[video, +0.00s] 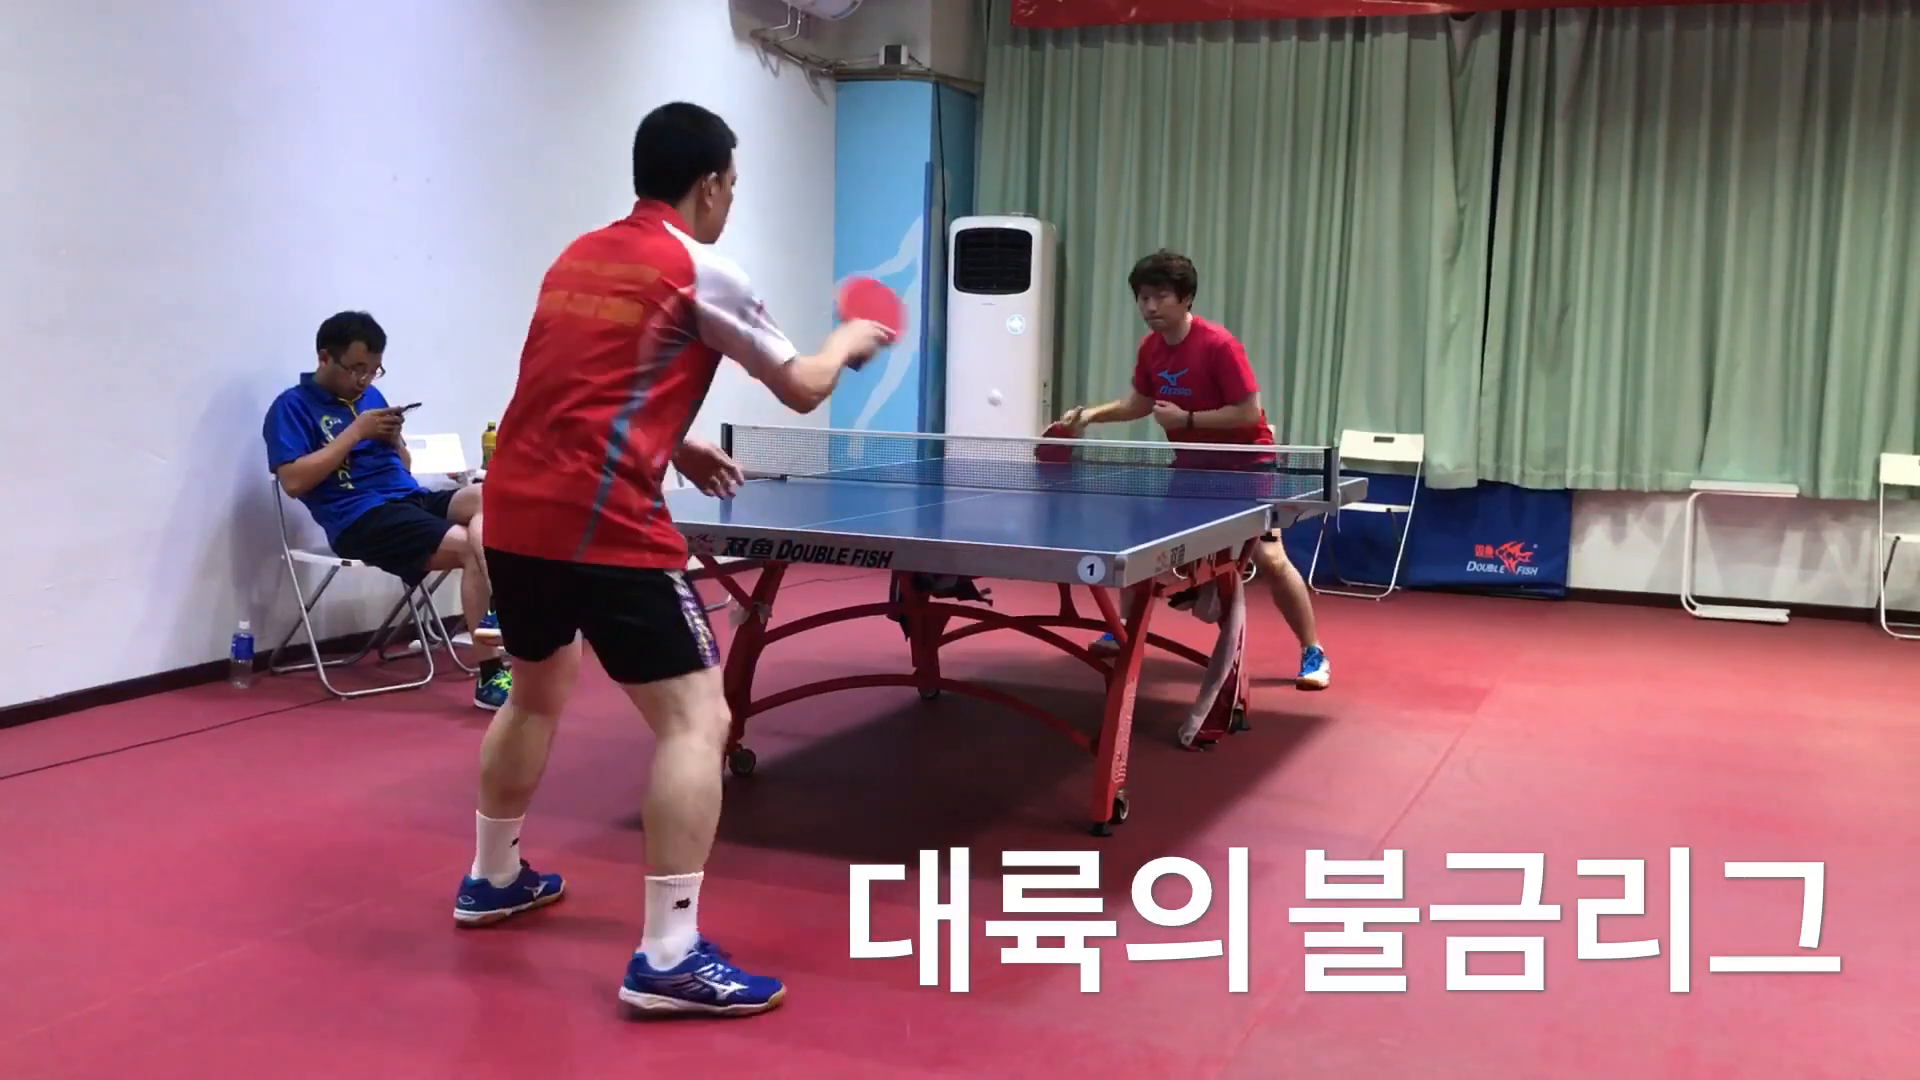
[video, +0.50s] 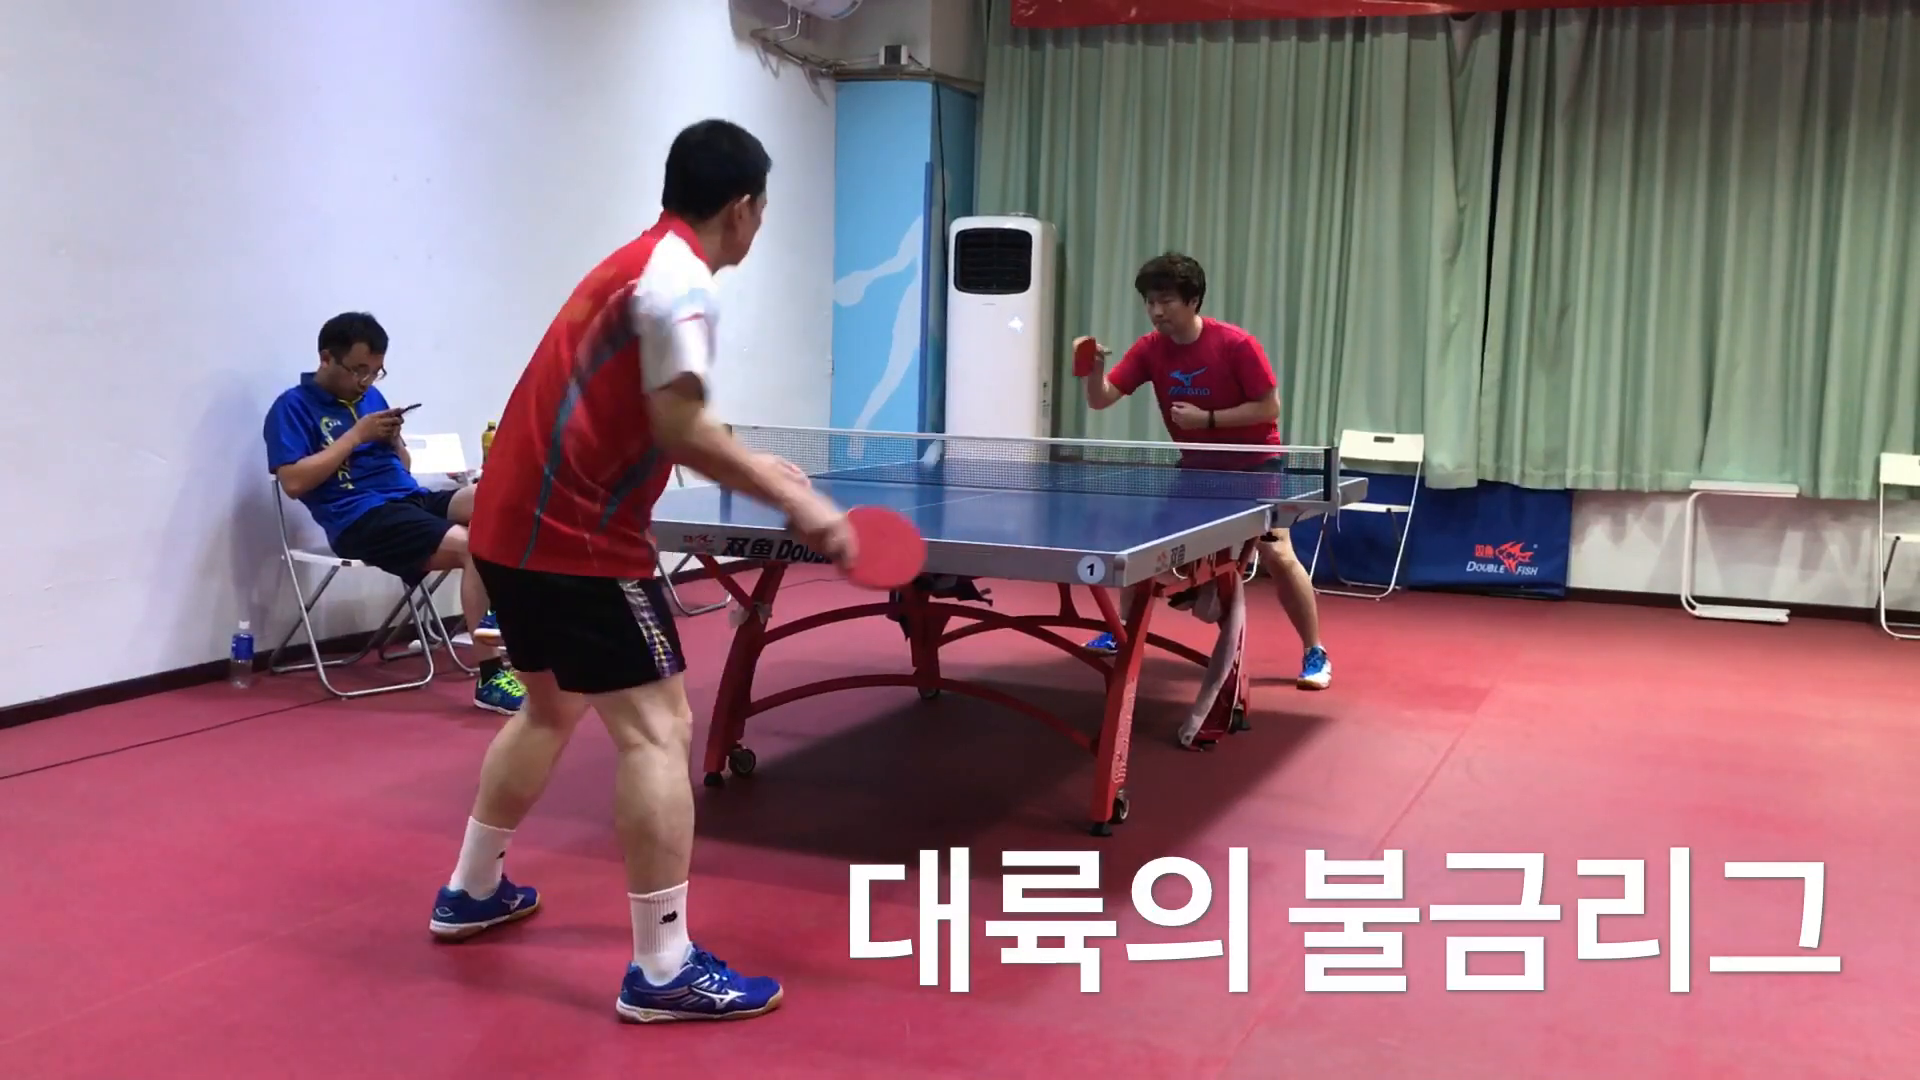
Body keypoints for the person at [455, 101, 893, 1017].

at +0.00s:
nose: (729, 202)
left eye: (729, 185)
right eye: (729, 185)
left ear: (642, 178)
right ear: (707, 185)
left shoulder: (575, 255)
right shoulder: (701, 271)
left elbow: (578, 387)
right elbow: (800, 387)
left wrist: (676, 445)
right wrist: (851, 338)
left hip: (509, 522)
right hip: (608, 527)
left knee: (535, 694)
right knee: (694, 720)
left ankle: (491, 877)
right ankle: (668, 954)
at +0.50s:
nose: (758, 224)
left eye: (759, 208)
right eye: (759, 207)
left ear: (680, 193)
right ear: (738, 206)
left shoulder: (639, 263)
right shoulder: (676, 278)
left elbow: (663, 420)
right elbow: (682, 430)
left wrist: (751, 464)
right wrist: (798, 504)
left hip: (512, 525)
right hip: (577, 536)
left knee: (550, 710)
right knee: (657, 729)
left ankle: (470, 889)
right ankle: (664, 966)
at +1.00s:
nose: (677, 181)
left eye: (676, 168)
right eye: (676, 167)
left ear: (584, 164)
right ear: (657, 166)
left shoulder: (521, 250)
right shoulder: (657, 247)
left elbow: (515, 388)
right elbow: (742, 383)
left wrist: (628, 455)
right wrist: (713, 314)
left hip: (499, 524)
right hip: (598, 529)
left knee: (513, 702)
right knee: (663, 722)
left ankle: (469, 889)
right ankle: (639, 958)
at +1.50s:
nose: (732, 219)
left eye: (734, 203)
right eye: (730, 201)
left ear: (663, 192)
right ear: (693, 198)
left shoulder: (621, 261)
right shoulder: (622, 265)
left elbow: (613, 410)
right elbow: (594, 406)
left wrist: (688, 475)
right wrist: (714, 456)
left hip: (501, 531)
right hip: (550, 539)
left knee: (530, 709)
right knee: (639, 728)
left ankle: (437, 887)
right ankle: (634, 968)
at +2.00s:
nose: (693, 182)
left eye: (692, 168)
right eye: (691, 168)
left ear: (596, 169)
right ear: (674, 173)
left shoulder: (532, 258)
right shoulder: (676, 269)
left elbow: (521, 405)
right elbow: (757, 412)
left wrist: (648, 456)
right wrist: (804, 381)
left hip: (503, 535)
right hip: (606, 546)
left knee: (507, 694)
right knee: (679, 736)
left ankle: (445, 878)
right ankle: (639, 973)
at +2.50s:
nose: (709, 199)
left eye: (708, 182)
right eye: (706, 182)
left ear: (622, 180)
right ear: (680, 184)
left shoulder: (565, 254)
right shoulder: (660, 273)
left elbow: (557, 390)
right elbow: (777, 387)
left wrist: (658, 443)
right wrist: (852, 330)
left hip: (476, 521)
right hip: (564, 528)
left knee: (513, 699)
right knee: (667, 721)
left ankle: (441, 889)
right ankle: (644, 958)